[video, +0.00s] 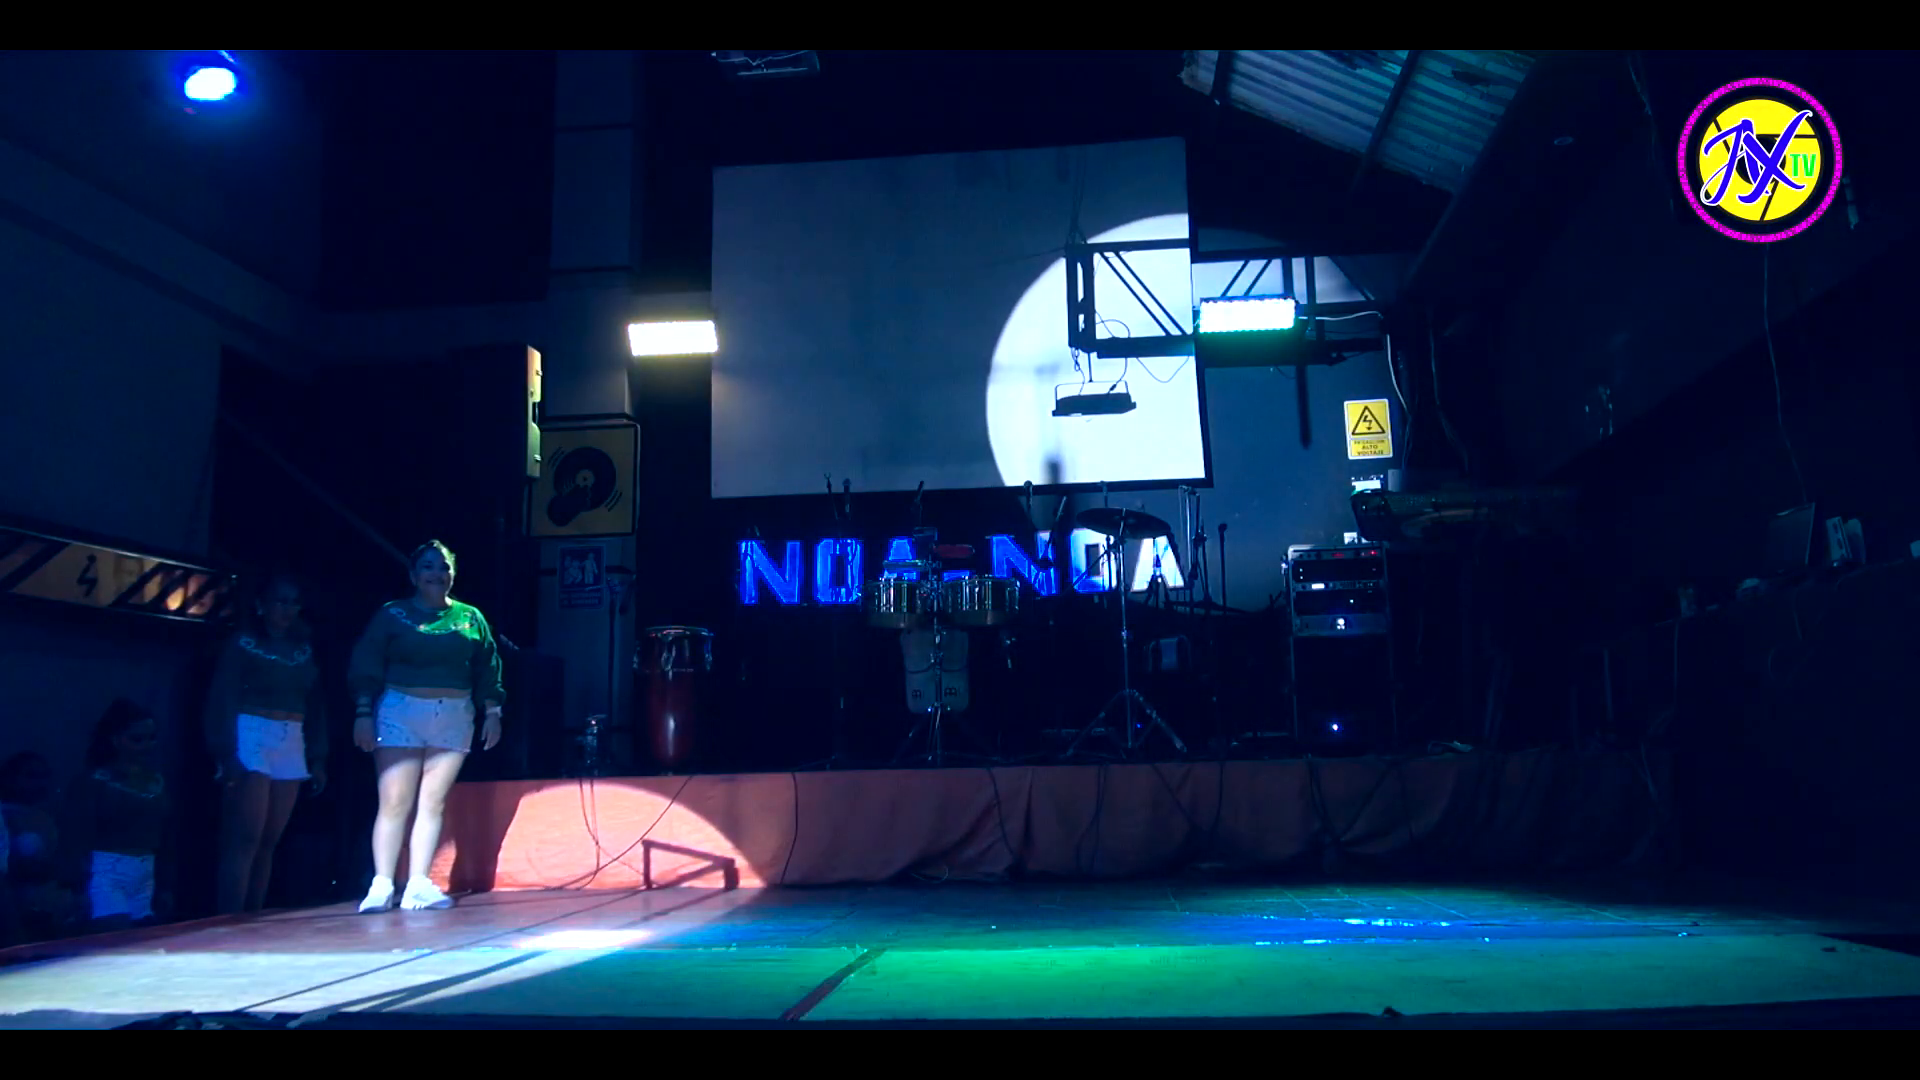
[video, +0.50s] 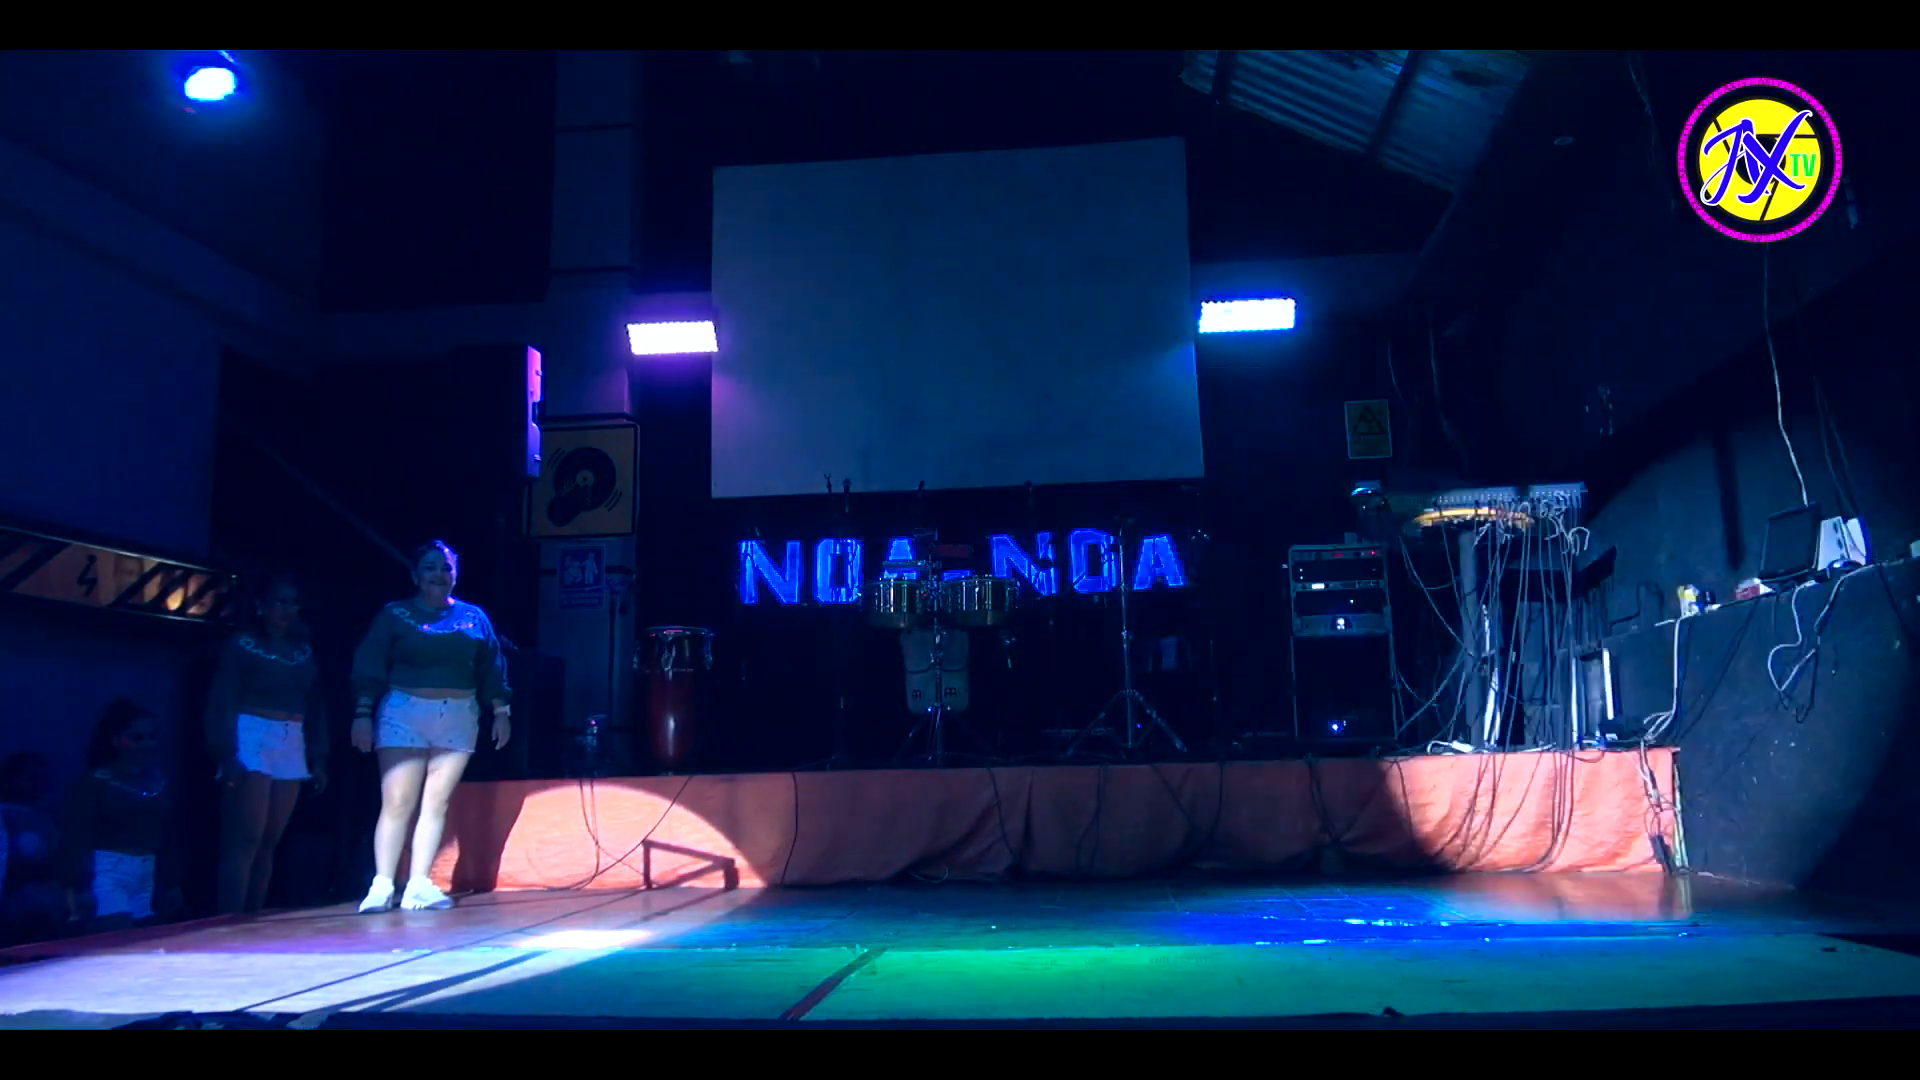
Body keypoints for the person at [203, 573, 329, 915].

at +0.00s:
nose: (286, 610)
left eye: (293, 604)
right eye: (280, 602)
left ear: (299, 608)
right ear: (264, 603)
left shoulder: (304, 651)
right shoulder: (245, 643)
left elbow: (314, 708)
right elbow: (224, 698)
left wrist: (316, 757)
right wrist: (225, 752)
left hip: (293, 734)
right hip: (254, 731)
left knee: (271, 838)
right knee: (248, 834)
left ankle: (254, 915)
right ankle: (231, 915)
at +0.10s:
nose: (286, 610)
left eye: (292, 603)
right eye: (279, 602)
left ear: (299, 608)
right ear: (264, 603)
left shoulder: (304, 652)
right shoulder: (245, 644)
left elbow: (314, 709)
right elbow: (224, 698)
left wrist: (317, 758)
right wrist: (225, 752)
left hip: (293, 734)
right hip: (253, 731)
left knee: (271, 839)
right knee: (248, 834)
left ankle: (254, 915)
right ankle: (231, 915)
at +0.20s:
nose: (286, 610)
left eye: (292, 603)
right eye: (279, 602)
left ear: (299, 608)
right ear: (263, 604)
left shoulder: (304, 651)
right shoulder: (245, 643)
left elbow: (314, 708)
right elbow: (224, 698)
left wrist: (317, 757)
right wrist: (225, 753)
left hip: (293, 734)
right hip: (254, 730)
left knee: (271, 838)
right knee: (248, 833)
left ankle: (254, 915)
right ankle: (231, 915)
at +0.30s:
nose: (286, 609)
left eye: (292, 603)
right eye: (279, 602)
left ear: (299, 608)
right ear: (263, 604)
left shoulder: (303, 651)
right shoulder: (245, 643)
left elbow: (314, 708)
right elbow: (223, 698)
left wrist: (317, 758)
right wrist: (225, 753)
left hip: (293, 735)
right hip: (254, 731)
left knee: (271, 838)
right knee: (248, 834)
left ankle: (254, 916)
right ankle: (231, 916)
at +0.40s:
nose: (286, 610)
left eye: (292, 603)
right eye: (279, 602)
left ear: (299, 608)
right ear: (263, 604)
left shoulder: (303, 651)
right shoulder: (245, 643)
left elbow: (314, 708)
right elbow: (224, 698)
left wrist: (317, 758)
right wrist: (225, 754)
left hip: (293, 734)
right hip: (254, 731)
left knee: (271, 839)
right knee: (248, 835)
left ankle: (254, 916)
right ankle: (232, 917)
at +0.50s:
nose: (286, 610)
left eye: (292, 603)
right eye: (279, 602)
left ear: (299, 608)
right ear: (263, 604)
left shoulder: (303, 651)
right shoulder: (245, 643)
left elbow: (314, 708)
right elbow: (224, 698)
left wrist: (317, 757)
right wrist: (225, 753)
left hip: (293, 735)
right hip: (254, 731)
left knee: (271, 839)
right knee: (249, 834)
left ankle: (254, 916)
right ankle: (232, 916)